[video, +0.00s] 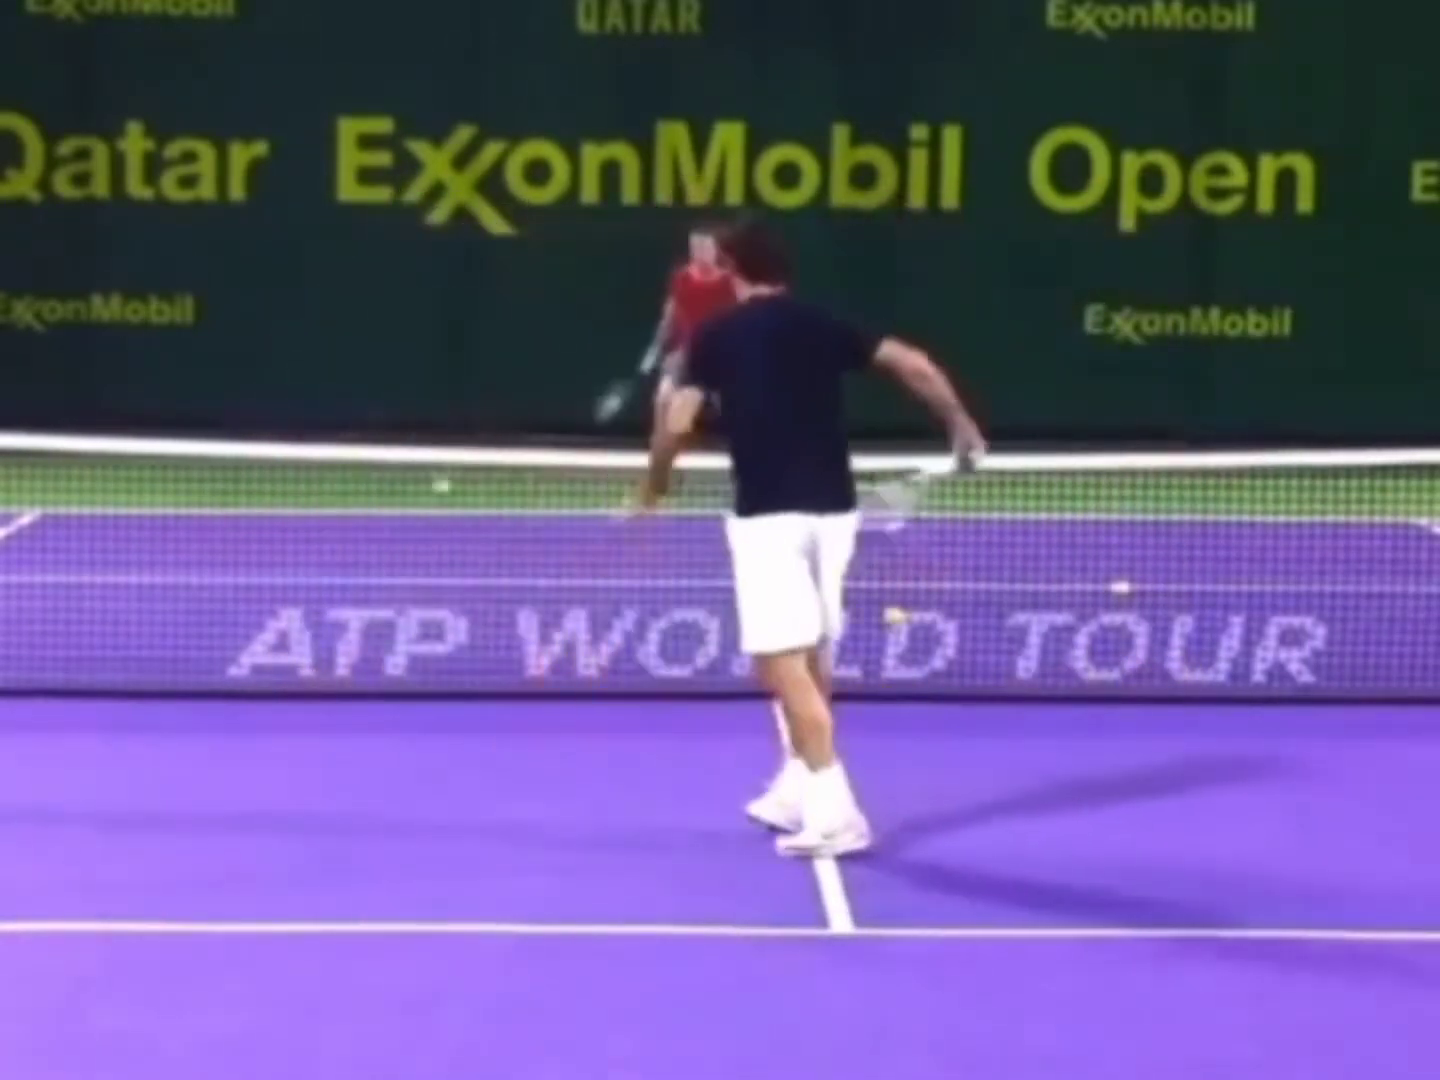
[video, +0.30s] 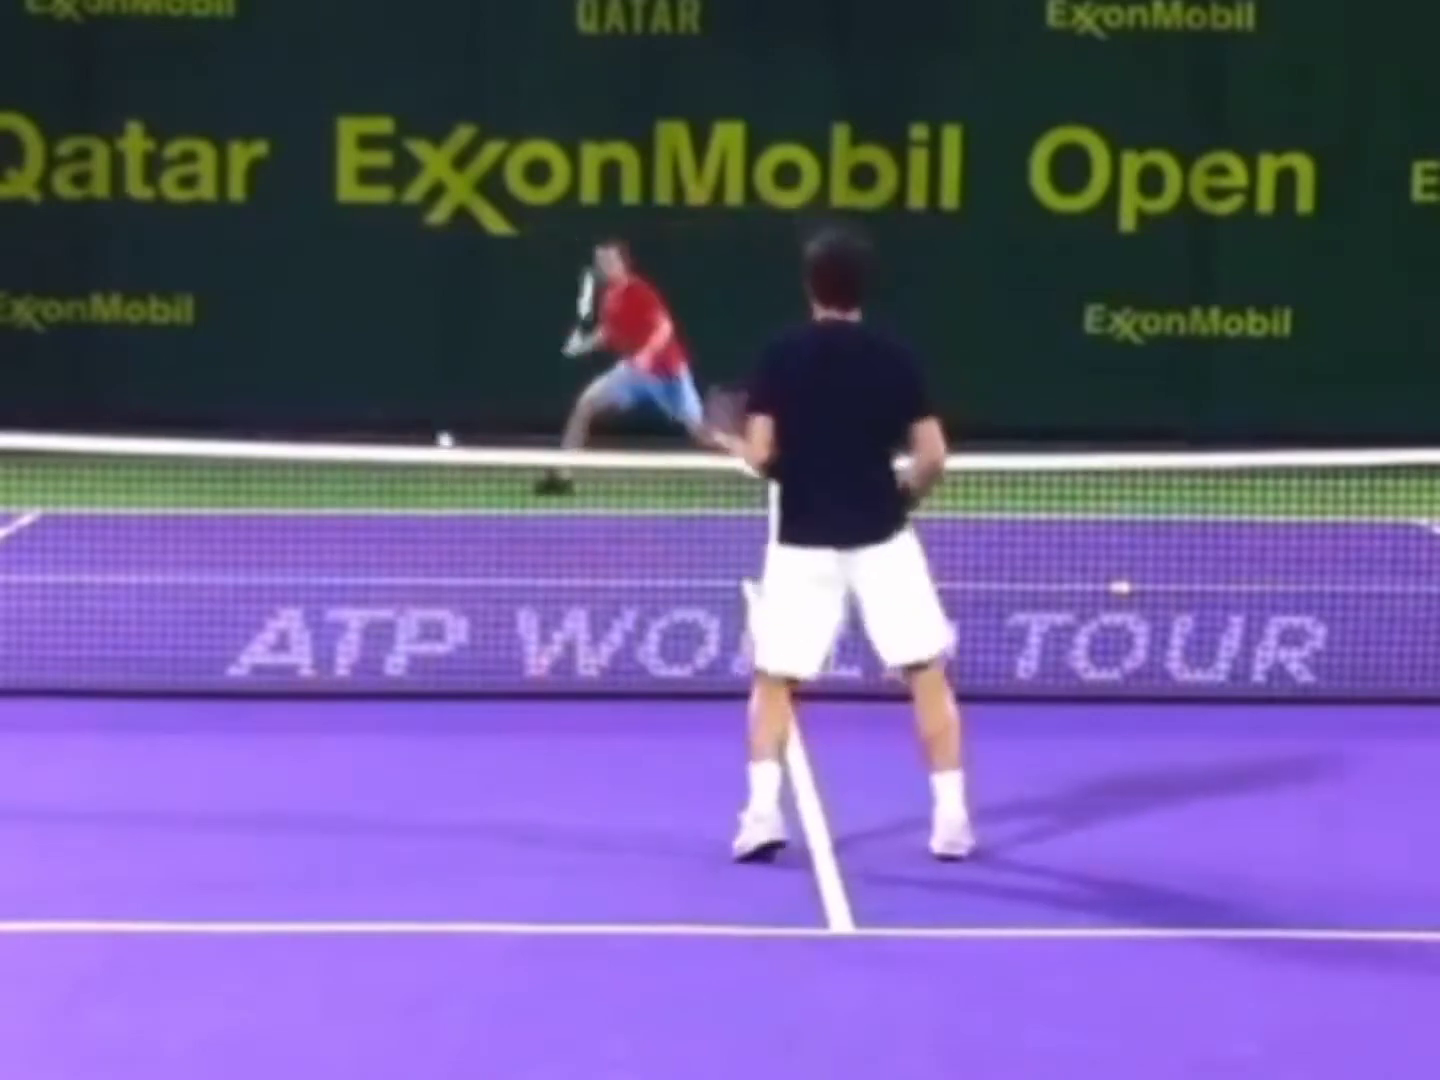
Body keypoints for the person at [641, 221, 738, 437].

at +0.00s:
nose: (702, 253)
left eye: (707, 246)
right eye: (697, 246)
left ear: (717, 250)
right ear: (690, 250)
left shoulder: (729, 281)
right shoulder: (682, 279)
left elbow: (740, 320)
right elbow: (669, 319)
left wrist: (739, 352)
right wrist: (655, 349)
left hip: (718, 352)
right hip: (684, 350)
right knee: (664, 397)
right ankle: (660, 461)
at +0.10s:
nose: (676, 255)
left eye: (682, 249)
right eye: (672, 249)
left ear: (695, 252)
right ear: (667, 253)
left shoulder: (706, 287)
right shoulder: (667, 278)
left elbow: (701, 333)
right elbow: (664, 310)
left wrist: (661, 352)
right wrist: (644, 337)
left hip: (702, 354)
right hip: (672, 351)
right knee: (639, 395)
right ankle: (625, 451)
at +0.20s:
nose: (642, 258)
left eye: (647, 252)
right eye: (638, 253)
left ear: (660, 255)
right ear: (633, 256)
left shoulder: (671, 286)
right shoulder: (640, 280)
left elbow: (681, 328)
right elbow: (647, 313)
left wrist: (645, 355)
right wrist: (625, 331)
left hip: (694, 368)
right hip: (660, 363)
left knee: (721, 431)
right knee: (615, 405)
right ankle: (582, 463)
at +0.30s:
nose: (607, 268)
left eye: (612, 261)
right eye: (602, 263)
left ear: (623, 262)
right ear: (597, 266)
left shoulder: (638, 291)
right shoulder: (609, 294)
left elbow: (663, 326)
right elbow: (608, 331)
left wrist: (645, 355)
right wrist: (585, 344)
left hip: (668, 369)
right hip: (633, 368)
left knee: (699, 433)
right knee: (586, 404)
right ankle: (564, 469)